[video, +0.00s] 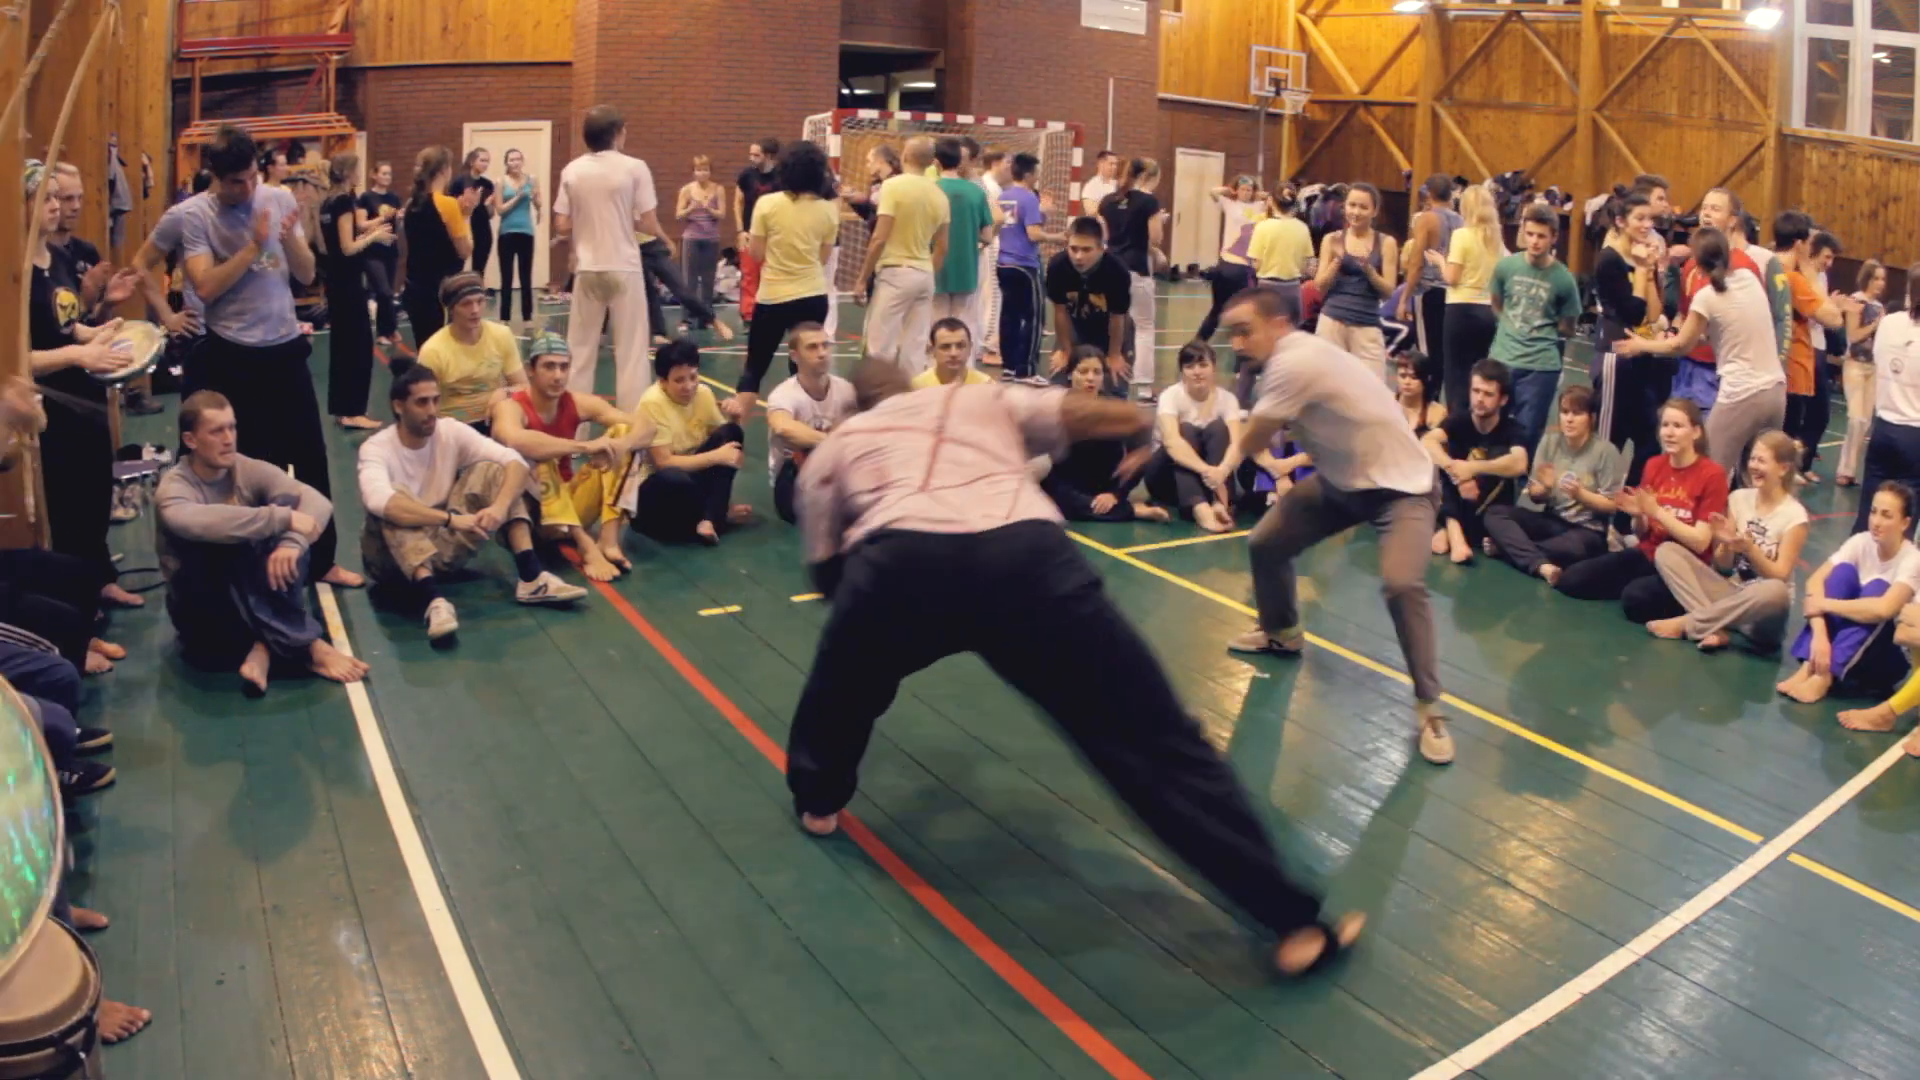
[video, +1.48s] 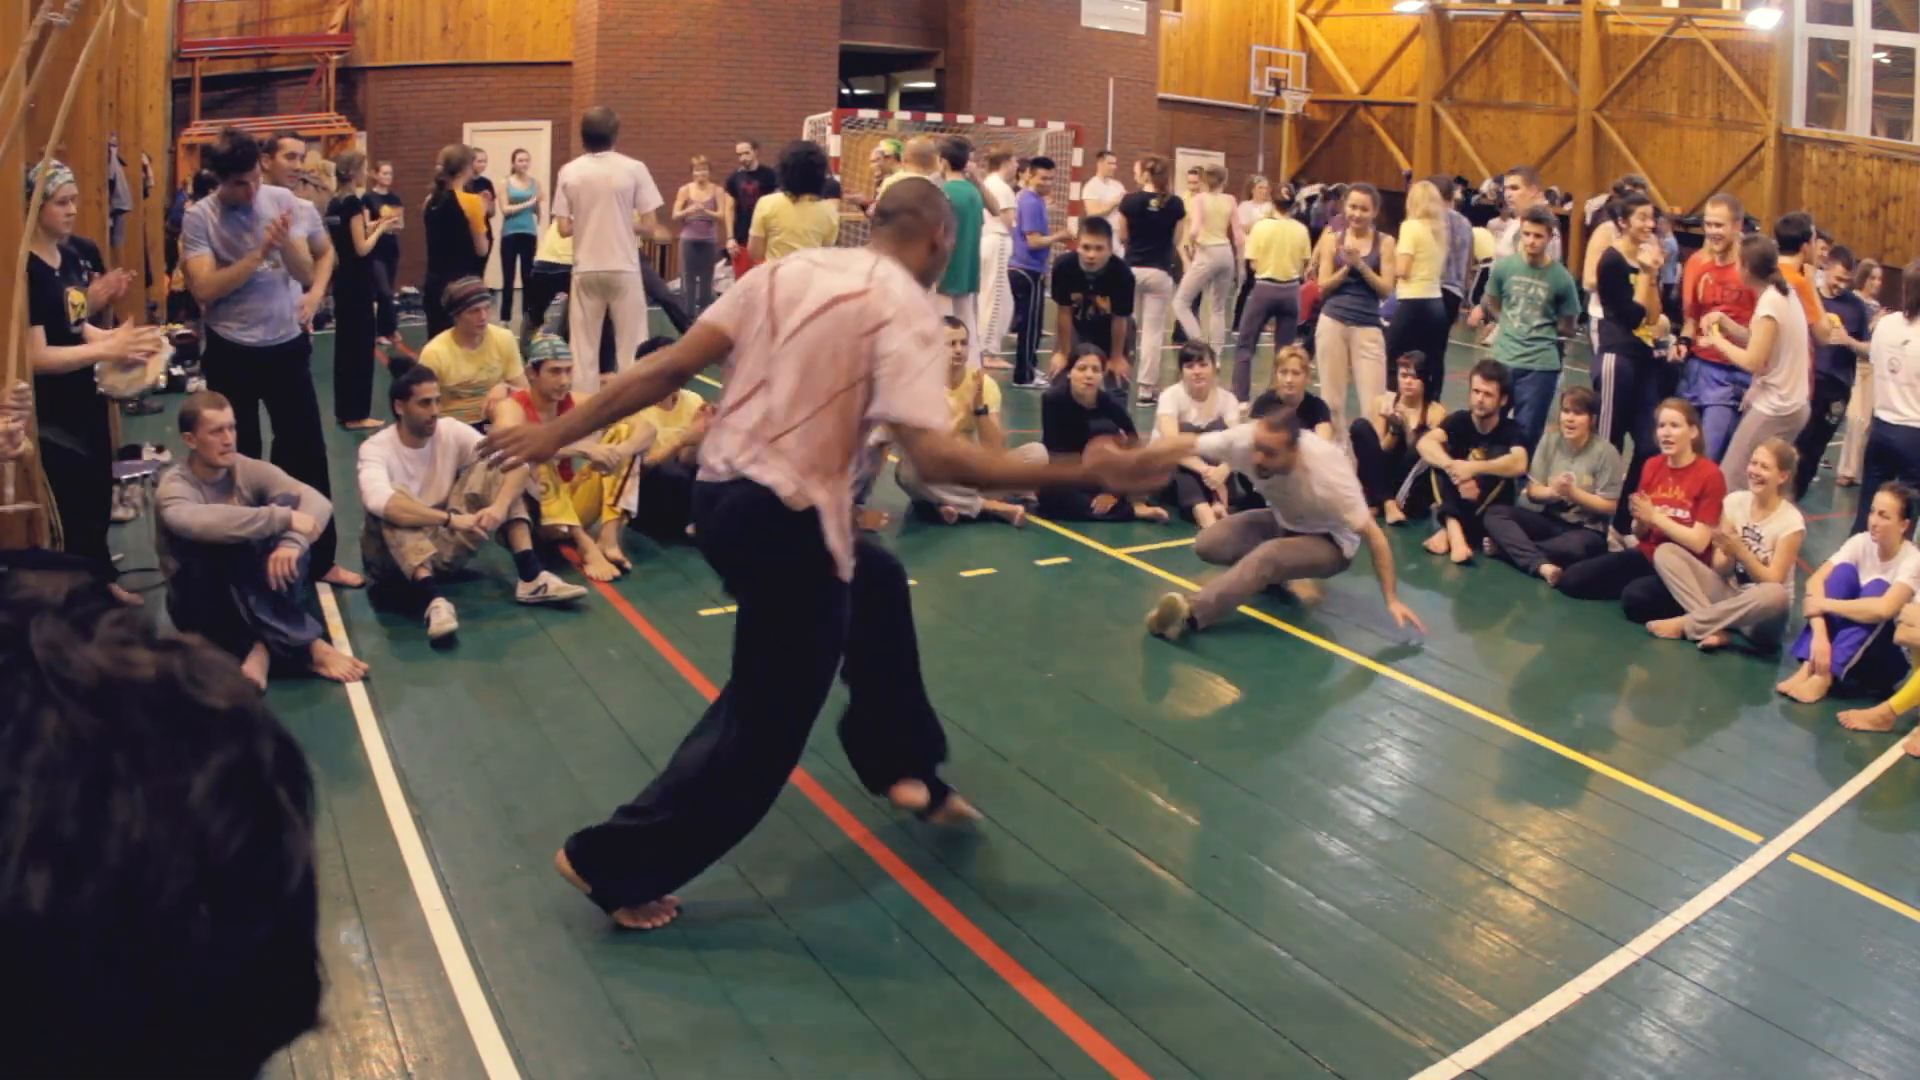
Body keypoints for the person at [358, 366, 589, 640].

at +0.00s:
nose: (432, 410)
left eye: (435, 401)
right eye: (422, 403)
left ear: (440, 400)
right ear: (398, 407)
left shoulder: (450, 431)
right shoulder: (376, 449)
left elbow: (516, 463)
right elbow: (380, 502)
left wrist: (500, 508)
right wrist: (450, 519)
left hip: (448, 547)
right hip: (398, 553)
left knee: (492, 470)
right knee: (395, 499)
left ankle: (532, 577)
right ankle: (434, 602)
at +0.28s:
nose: (432, 411)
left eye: (436, 401)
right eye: (422, 403)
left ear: (440, 400)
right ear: (398, 406)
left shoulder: (450, 430)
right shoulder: (376, 449)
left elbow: (516, 463)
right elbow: (380, 502)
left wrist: (500, 508)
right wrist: (449, 519)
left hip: (448, 547)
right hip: (397, 552)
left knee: (492, 470)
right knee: (395, 498)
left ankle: (532, 576)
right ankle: (434, 602)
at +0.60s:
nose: (432, 411)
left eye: (435, 401)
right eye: (422, 403)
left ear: (440, 401)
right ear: (397, 407)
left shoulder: (450, 430)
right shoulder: (375, 449)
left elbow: (516, 463)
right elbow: (380, 502)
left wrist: (500, 508)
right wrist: (449, 519)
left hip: (449, 546)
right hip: (399, 552)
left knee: (493, 470)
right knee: (395, 499)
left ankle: (532, 577)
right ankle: (434, 601)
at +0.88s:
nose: (432, 410)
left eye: (436, 401)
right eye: (423, 402)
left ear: (440, 400)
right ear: (398, 406)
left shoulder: (450, 430)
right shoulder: (375, 449)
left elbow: (516, 463)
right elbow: (380, 502)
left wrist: (500, 509)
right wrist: (450, 519)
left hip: (449, 546)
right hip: (398, 552)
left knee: (493, 469)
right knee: (395, 500)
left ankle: (531, 576)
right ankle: (434, 601)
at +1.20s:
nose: (434, 410)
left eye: (436, 401)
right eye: (424, 402)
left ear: (441, 400)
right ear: (398, 406)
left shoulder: (450, 430)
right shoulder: (375, 449)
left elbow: (516, 463)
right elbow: (380, 502)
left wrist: (500, 508)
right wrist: (449, 519)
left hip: (449, 546)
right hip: (398, 553)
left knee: (492, 470)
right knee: (395, 499)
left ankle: (532, 576)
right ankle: (435, 601)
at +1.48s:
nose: (434, 411)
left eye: (437, 402)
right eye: (424, 404)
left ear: (441, 400)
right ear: (399, 406)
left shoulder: (450, 430)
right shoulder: (375, 449)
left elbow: (517, 462)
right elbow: (381, 502)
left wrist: (500, 508)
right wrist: (449, 519)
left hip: (449, 544)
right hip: (399, 550)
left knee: (500, 467)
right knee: (395, 499)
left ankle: (532, 576)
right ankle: (435, 601)